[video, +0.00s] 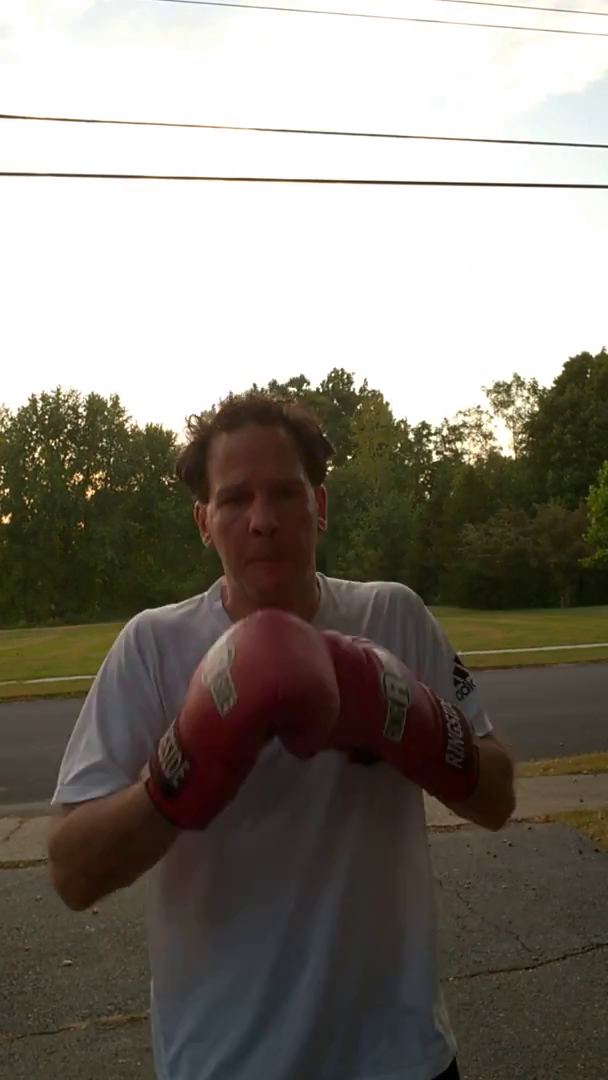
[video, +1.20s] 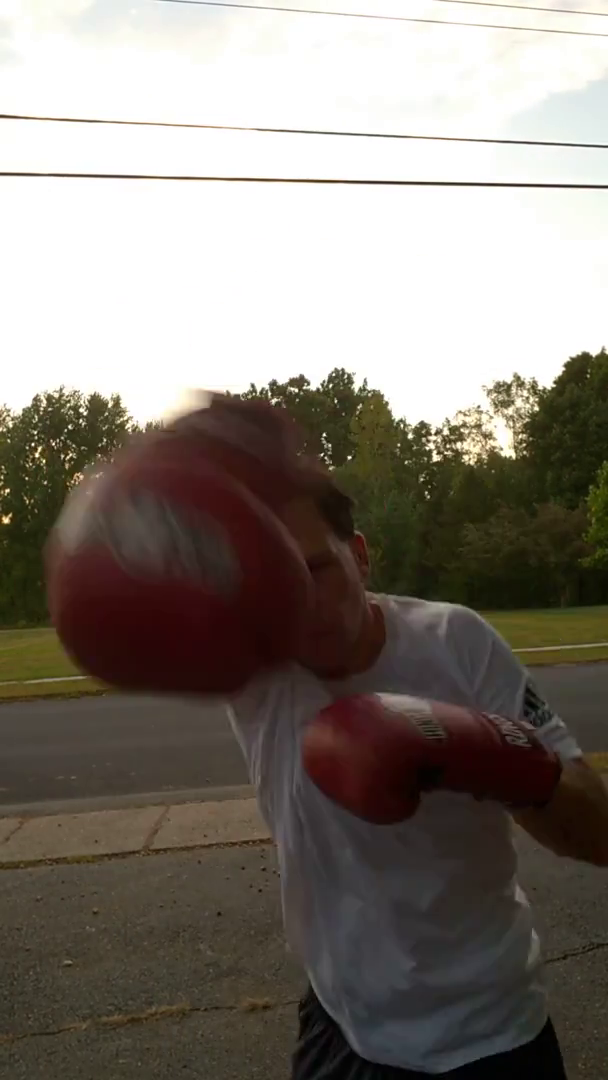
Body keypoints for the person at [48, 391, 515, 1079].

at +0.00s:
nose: (263, 520)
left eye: (284, 494)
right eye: (238, 498)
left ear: (320, 508)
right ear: (205, 522)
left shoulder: (393, 617)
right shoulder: (152, 646)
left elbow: (495, 801)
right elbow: (76, 876)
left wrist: (394, 719)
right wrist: (196, 761)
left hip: (390, 1042)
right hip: (218, 1053)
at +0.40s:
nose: (310, 503)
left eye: (334, 475)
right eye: (282, 477)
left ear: (368, 488)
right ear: (241, 498)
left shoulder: (451, 618)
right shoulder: (182, 640)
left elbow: (542, 845)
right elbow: (117, 895)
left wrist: (437, 721)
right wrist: (191, 764)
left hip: (422, 1046)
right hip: (236, 1051)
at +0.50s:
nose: (348, 485)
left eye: (376, 457)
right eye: (321, 457)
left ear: (412, 475)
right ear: (281, 477)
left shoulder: (475, 608)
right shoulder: (221, 624)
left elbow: (594, 838)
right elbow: (135, 868)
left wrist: (520, 680)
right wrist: (167, 746)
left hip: (439, 1044)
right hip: (253, 1044)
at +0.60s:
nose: (366, 489)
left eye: (394, 460)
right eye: (341, 459)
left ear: (432, 476)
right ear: (300, 475)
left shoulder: (493, 631)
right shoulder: (234, 625)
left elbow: (602, 811)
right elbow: (99, 843)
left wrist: (563, 639)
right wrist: (139, 649)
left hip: (448, 1043)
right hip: (261, 1045)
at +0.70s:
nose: (329, 519)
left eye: (356, 488)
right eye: (303, 491)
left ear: (400, 493)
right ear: (272, 503)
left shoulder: (471, 621)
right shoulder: (243, 607)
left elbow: (597, 832)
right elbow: (130, 711)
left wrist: (525, 668)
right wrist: (129, 519)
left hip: (446, 1040)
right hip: (274, 1042)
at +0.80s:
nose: (269, 531)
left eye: (292, 505)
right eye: (245, 510)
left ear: (351, 509)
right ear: (214, 521)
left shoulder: (460, 629)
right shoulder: (235, 638)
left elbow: (568, 879)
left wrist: (475, 703)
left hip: (429, 1050)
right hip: (269, 1025)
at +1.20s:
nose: (309, 601)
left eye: (318, 568)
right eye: (282, 582)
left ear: (359, 554)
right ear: (248, 600)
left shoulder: (454, 642)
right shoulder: (252, 678)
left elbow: (596, 832)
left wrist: (485, 757)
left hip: (487, 1034)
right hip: (339, 1029)